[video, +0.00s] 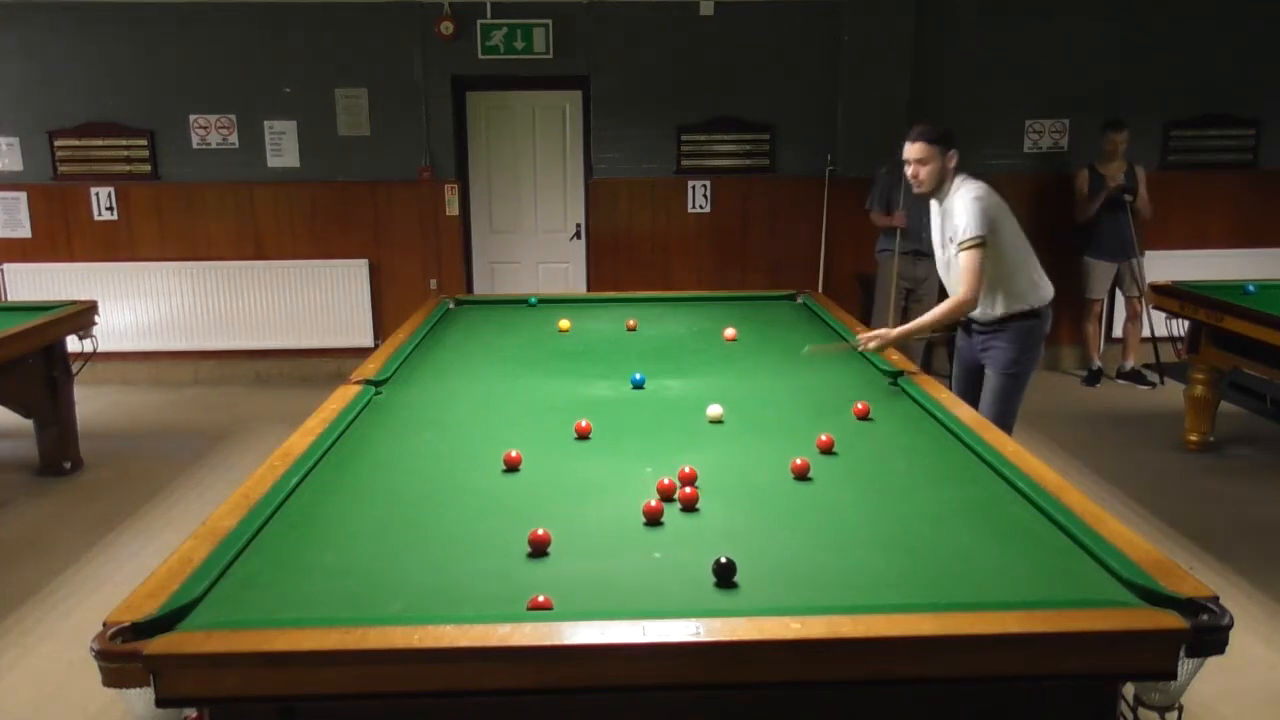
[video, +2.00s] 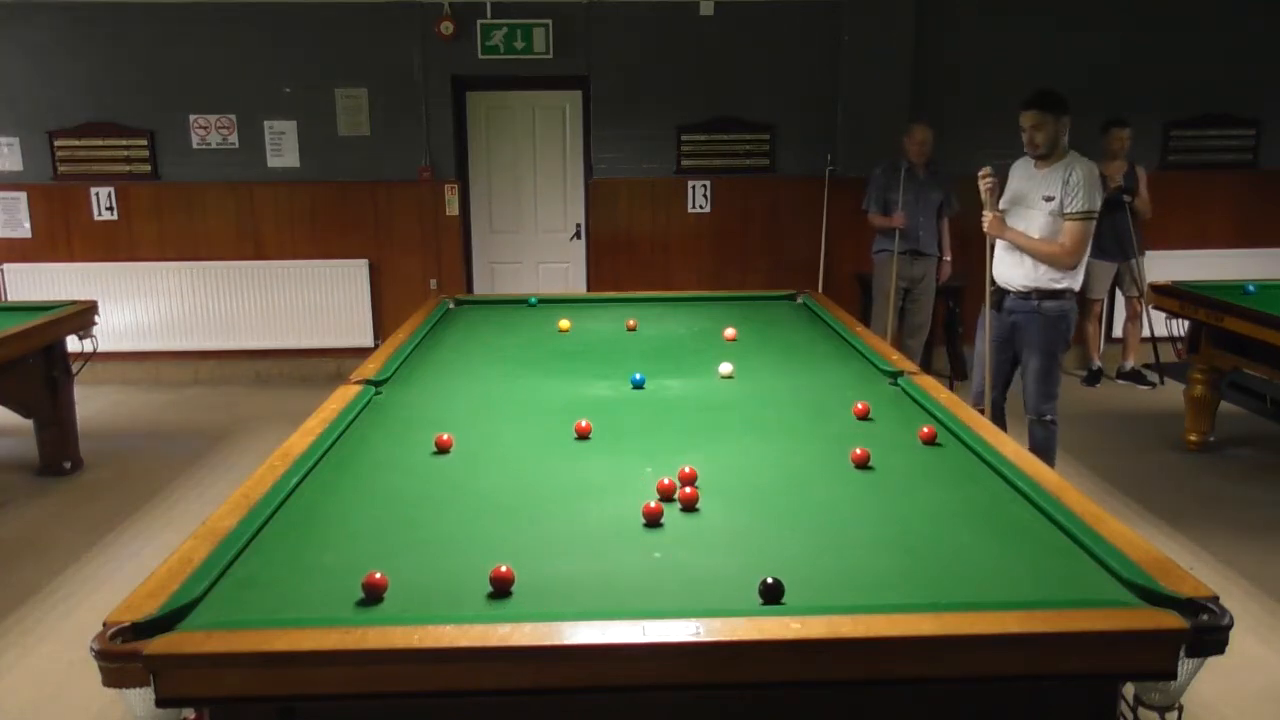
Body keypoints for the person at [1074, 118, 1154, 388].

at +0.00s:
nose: (1116, 147)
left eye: (1120, 143)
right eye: (1111, 142)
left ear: (1126, 143)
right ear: (1102, 142)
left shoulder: (1135, 172)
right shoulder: (1086, 174)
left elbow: (1146, 213)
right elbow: (1081, 214)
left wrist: (1135, 193)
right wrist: (1105, 191)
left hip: (1130, 251)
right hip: (1098, 251)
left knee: (1135, 310)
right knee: (1094, 310)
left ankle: (1128, 366)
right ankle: (1095, 364)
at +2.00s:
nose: (1122, 145)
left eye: (1126, 140)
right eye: (1117, 139)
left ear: (1130, 142)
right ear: (1105, 141)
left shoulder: (1136, 171)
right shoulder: (1093, 172)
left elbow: (1146, 211)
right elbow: (1085, 207)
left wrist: (1131, 194)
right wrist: (1105, 191)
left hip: (1131, 249)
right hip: (1100, 249)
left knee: (1135, 309)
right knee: (1093, 309)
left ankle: (1127, 366)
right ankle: (1094, 364)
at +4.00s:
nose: (1124, 145)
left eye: (1128, 140)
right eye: (1119, 139)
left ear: (1133, 142)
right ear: (1107, 140)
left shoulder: (1138, 171)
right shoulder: (1089, 172)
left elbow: (1147, 211)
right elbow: (1083, 215)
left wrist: (1132, 197)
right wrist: (1106, 191)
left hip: (1132, 251)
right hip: (1099, 251)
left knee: (1136, 309)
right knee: (1094, 310)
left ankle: (1128, 366)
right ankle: (1094, 365)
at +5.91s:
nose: (1125, 145)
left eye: (1129, 140)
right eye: (1120, 140)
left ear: (1132, 142)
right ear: (1106, 141)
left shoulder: (1137, 171)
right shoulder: (1088, 173)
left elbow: (1146, 211)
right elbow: (1082, 215)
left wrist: (1132, 198)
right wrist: (1106, 192)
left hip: (1132, 250)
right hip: (1099, 250)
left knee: (1136, 309)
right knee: (1093, 310)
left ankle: (1128, 366)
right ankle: (1094, 365)